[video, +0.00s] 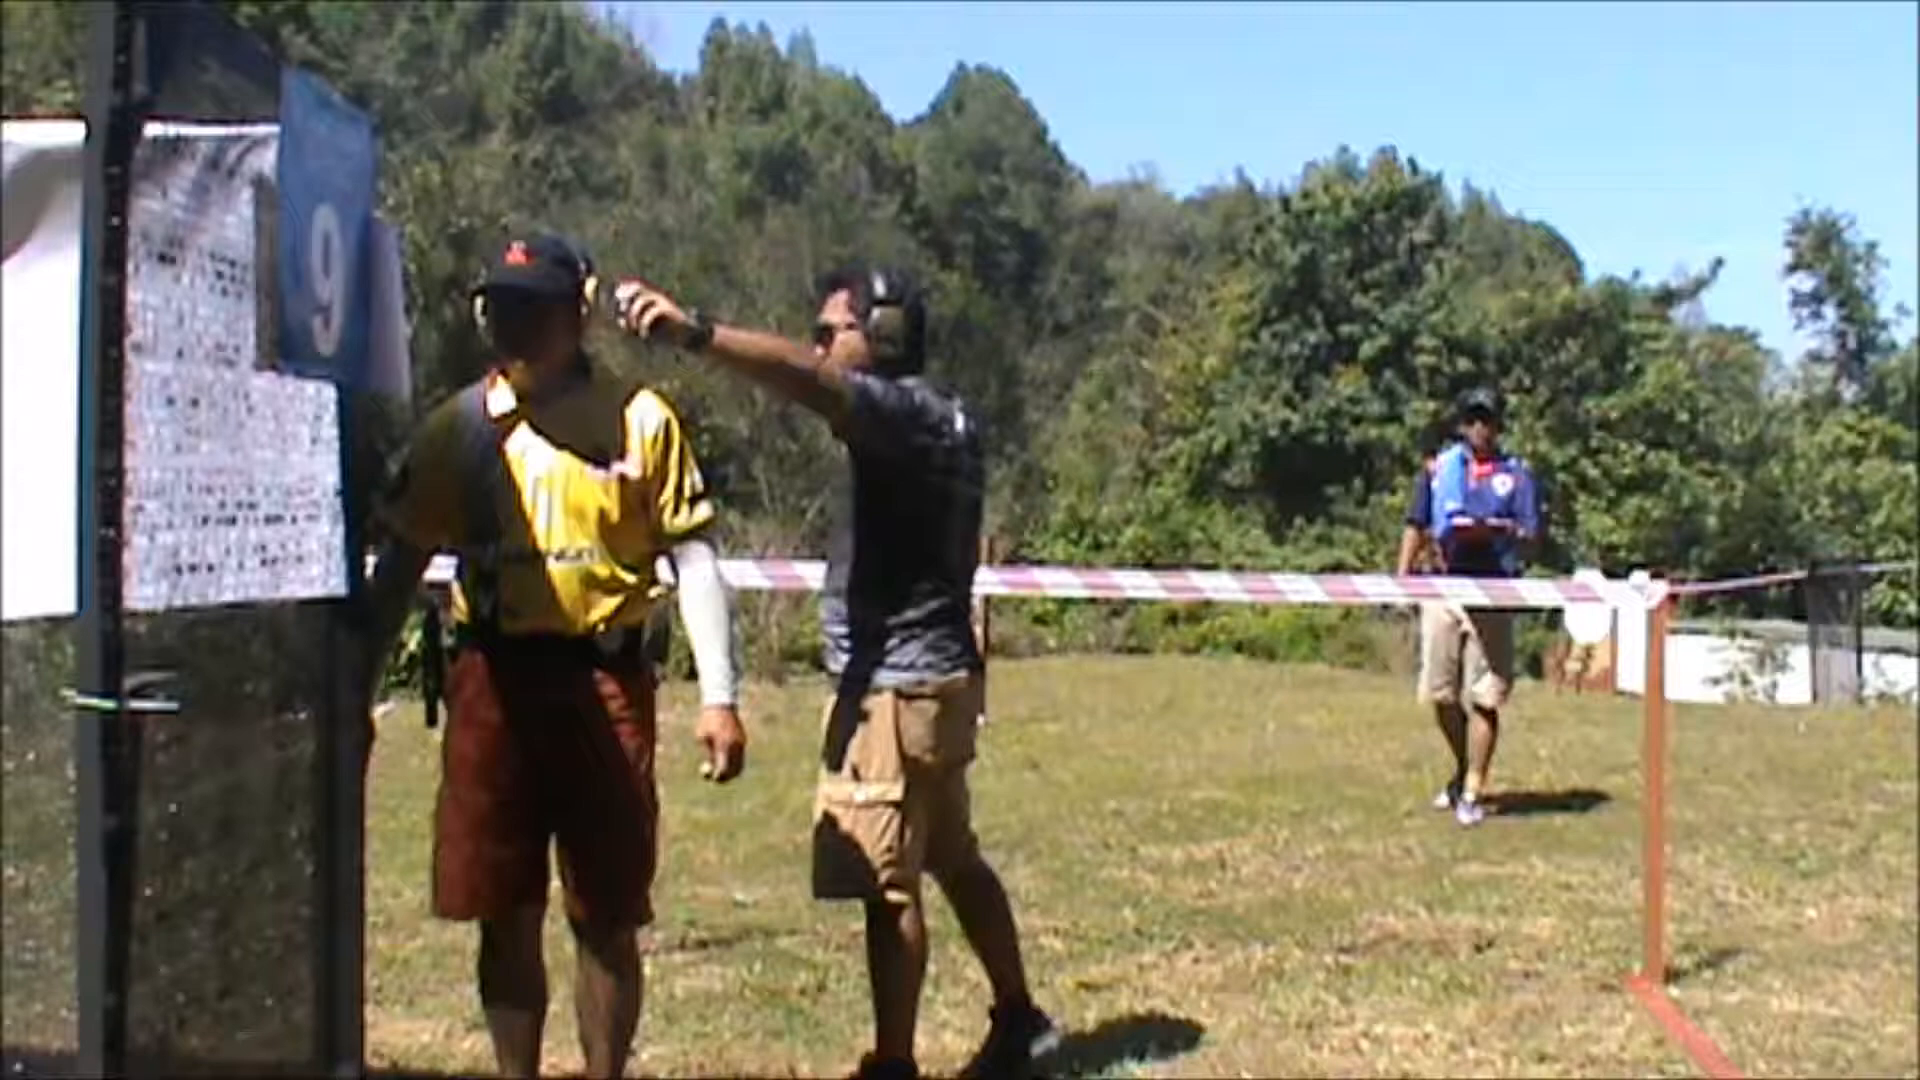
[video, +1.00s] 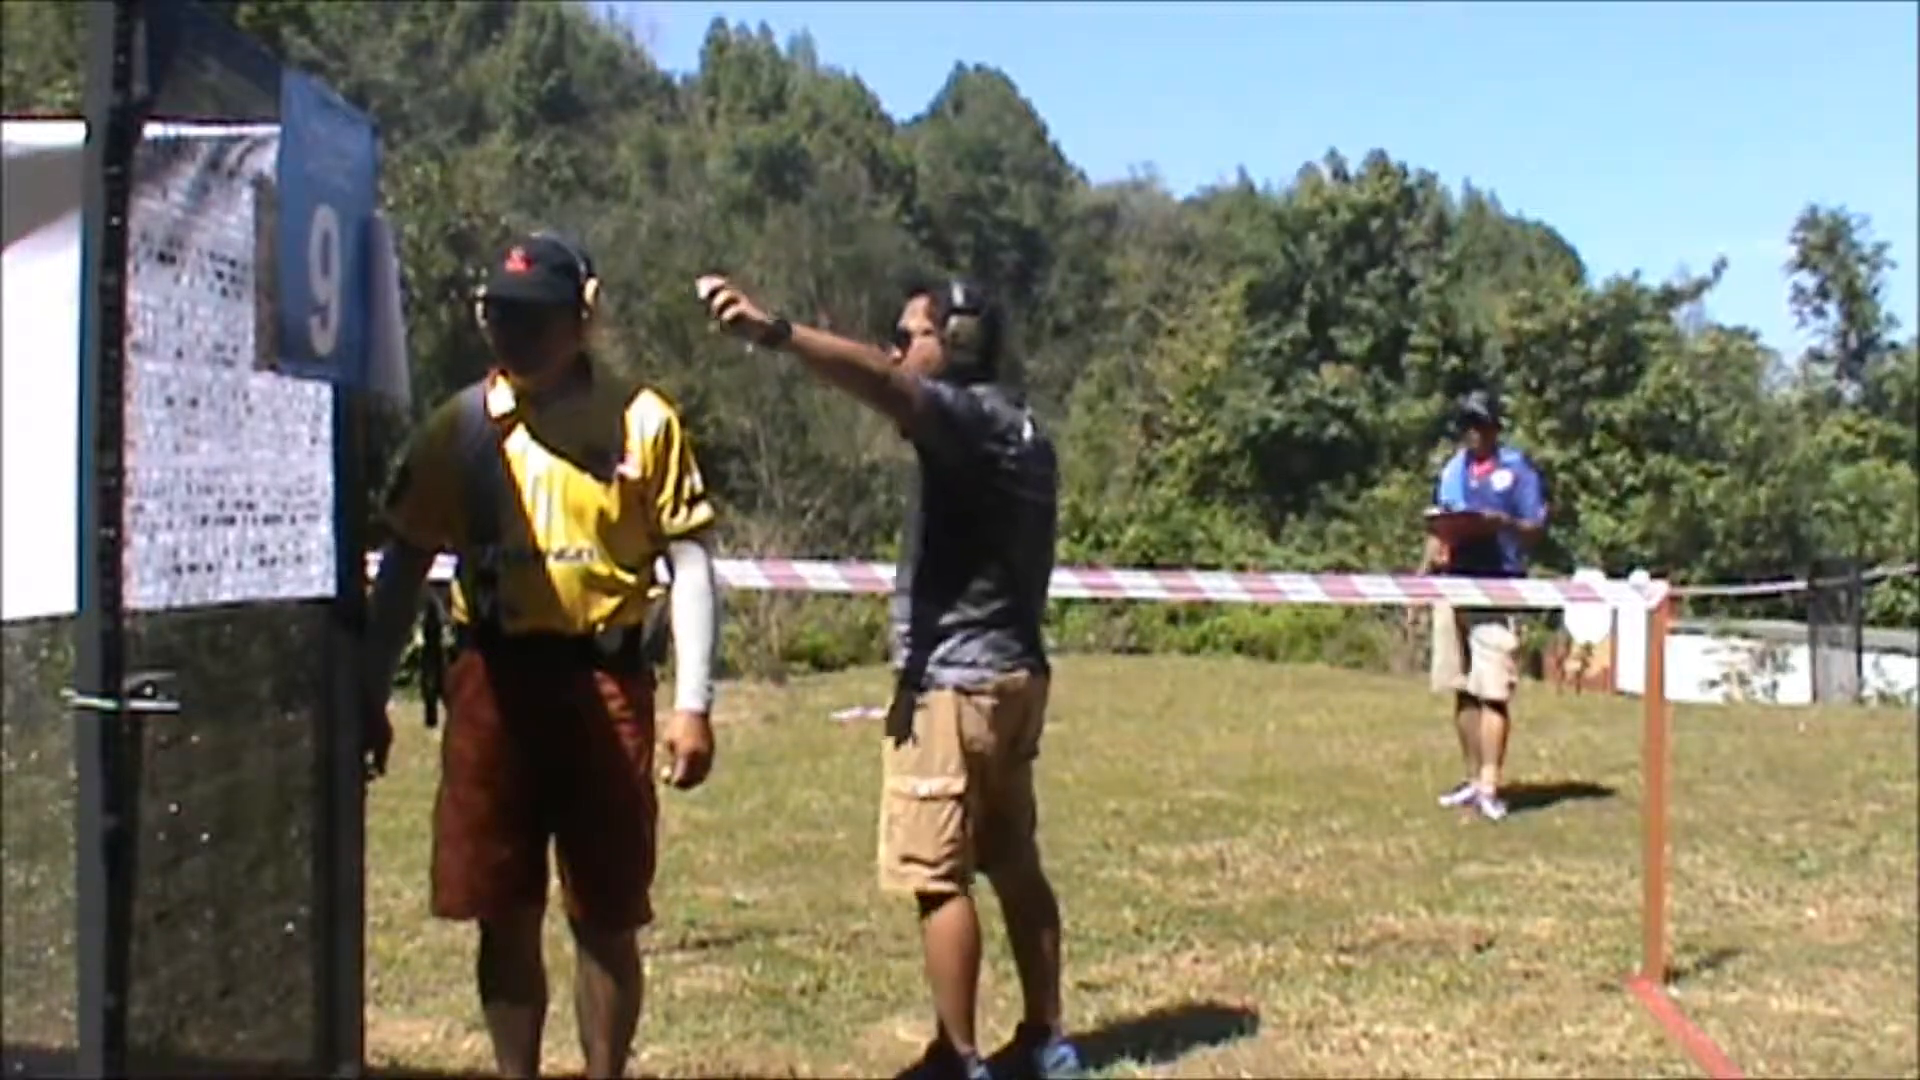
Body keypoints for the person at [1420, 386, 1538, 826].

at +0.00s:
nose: (1479, 430)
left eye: (1486, 422)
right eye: (1471, 422)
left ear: (1498, 428)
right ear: (1461, 426)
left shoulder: (1516, 474)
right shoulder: (1439, 470)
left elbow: (1532, 538)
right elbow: (1416, 525)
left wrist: (1494, 529)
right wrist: (1403, 571)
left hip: (1493, 593)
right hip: (1442, 590)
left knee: (1486, 698)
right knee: (1442, 694)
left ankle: (1475, 789)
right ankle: (1460, 767)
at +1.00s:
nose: (1474, 434)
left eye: (1481, 426)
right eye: (1468, 426)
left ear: (1496, 428)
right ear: (1461, 429)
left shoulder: (1519, 470)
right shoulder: (1452, 471)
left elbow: (1535, 529)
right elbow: (1439, 524)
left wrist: (1498, 521)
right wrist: (1445, 529)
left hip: (1499, 587)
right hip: (1454, 586)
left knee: (1494, 689)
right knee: (1463, 688)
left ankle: (1490, 784)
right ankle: (1472, 775)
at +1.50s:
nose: (1475, 442)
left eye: (1482, 434)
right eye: (1468, 435)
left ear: (1494, 434)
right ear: (1458, 437)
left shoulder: (1517, 474)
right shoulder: (1446, 473)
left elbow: (1537, 534)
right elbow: (1423, 525)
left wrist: (1504, 522)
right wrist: (1452, 525)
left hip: (1497, 588)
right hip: (1451, 587)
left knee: (1491, 691)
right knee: (1460, 690)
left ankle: (1490, 783)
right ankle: (1472, 776)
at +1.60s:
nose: (1476, 443)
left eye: (1483, 434)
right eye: (1469, 435)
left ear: (1495, 435)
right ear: (1458, 437)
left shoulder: (1517, 475)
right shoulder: (1445, 474)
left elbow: (1537, 538)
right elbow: (1422, 528)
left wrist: (1505, 523)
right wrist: (1449, 526)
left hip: (1496, 588)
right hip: (1450, 588)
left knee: (1490, 690)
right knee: (1459, 689)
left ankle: (1490, 783)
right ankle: (1471, 776)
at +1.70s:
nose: (1476, 442)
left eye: (1483, 434)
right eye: (1469, 435)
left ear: (1495, 435)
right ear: (1458, 436)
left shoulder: (1517, 475)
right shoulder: (1446, 473)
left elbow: (1537, 538)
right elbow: (1421, 527)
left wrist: (1505, 524)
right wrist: (1449, 526)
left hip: (1496, 588)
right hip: (1450, 588)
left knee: (1491, 690)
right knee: (1459, 689)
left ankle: (1490, 783)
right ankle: (1472, 775)